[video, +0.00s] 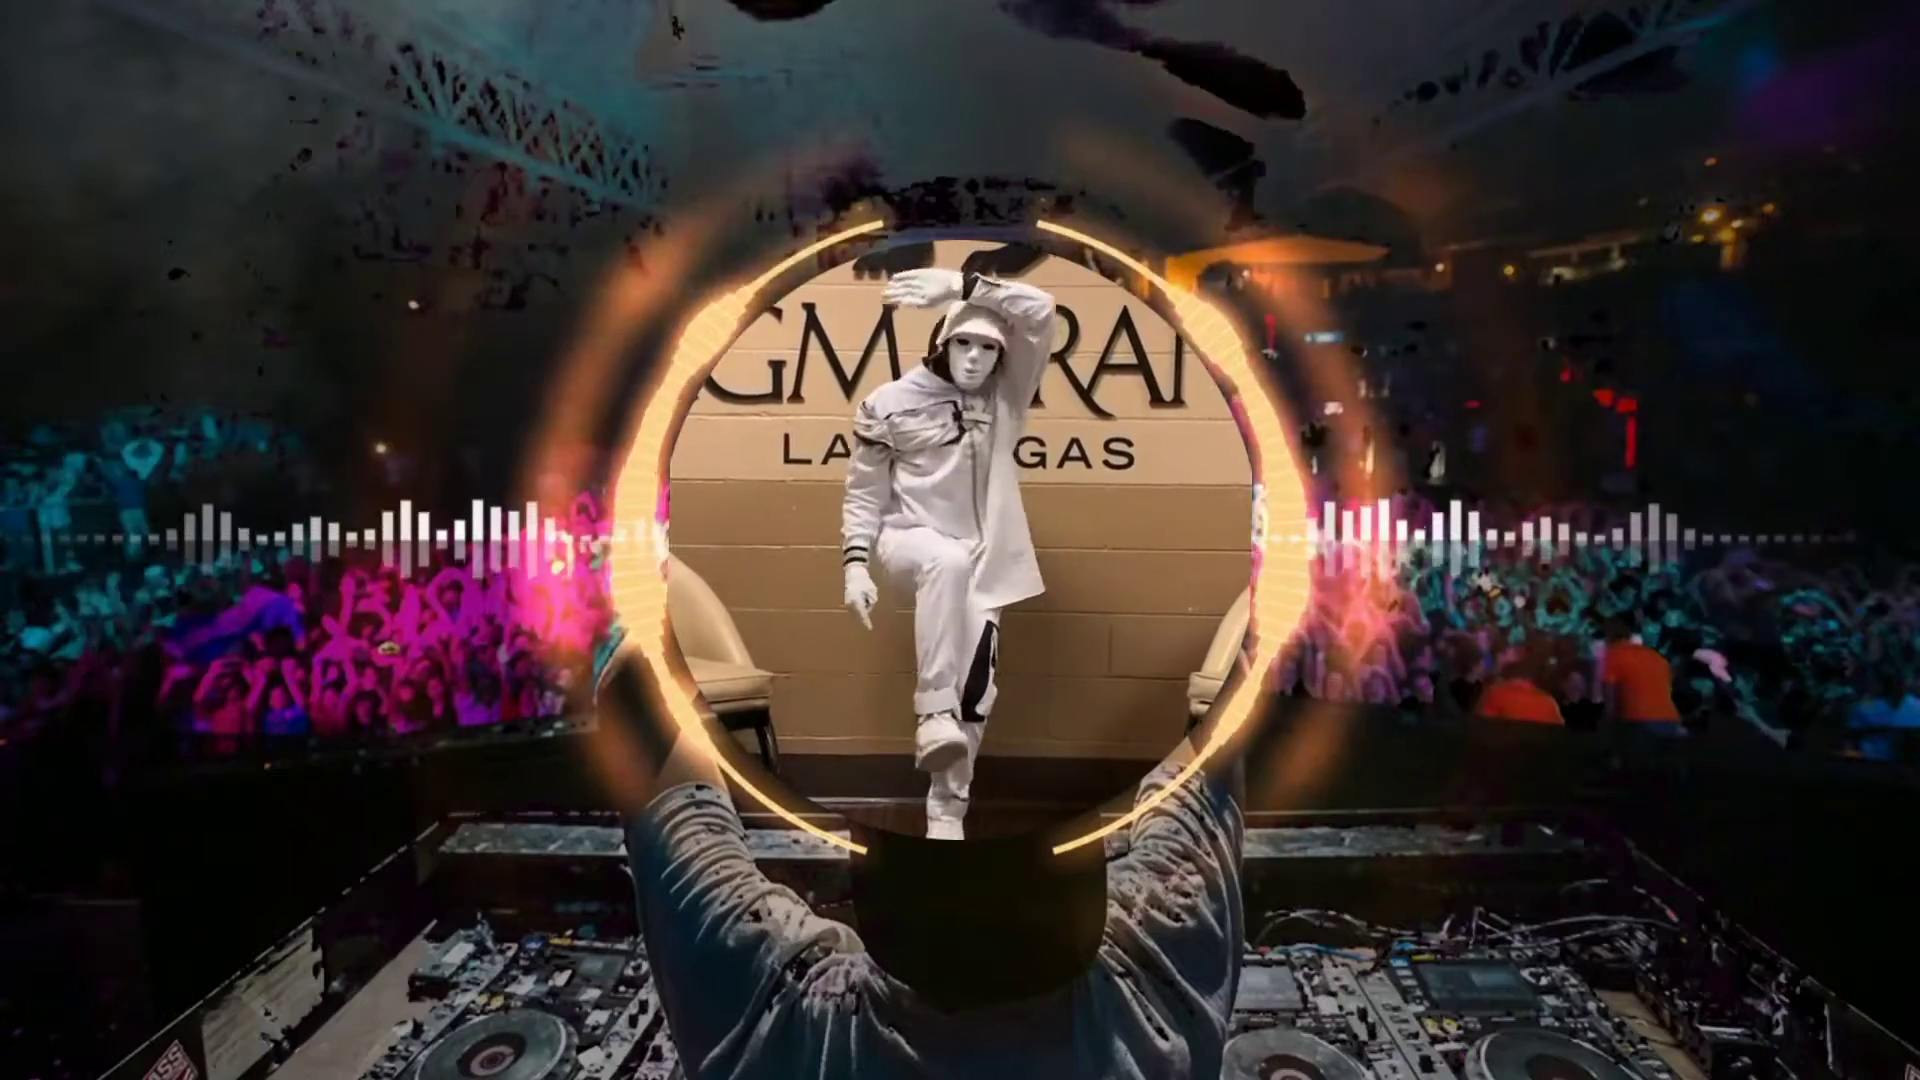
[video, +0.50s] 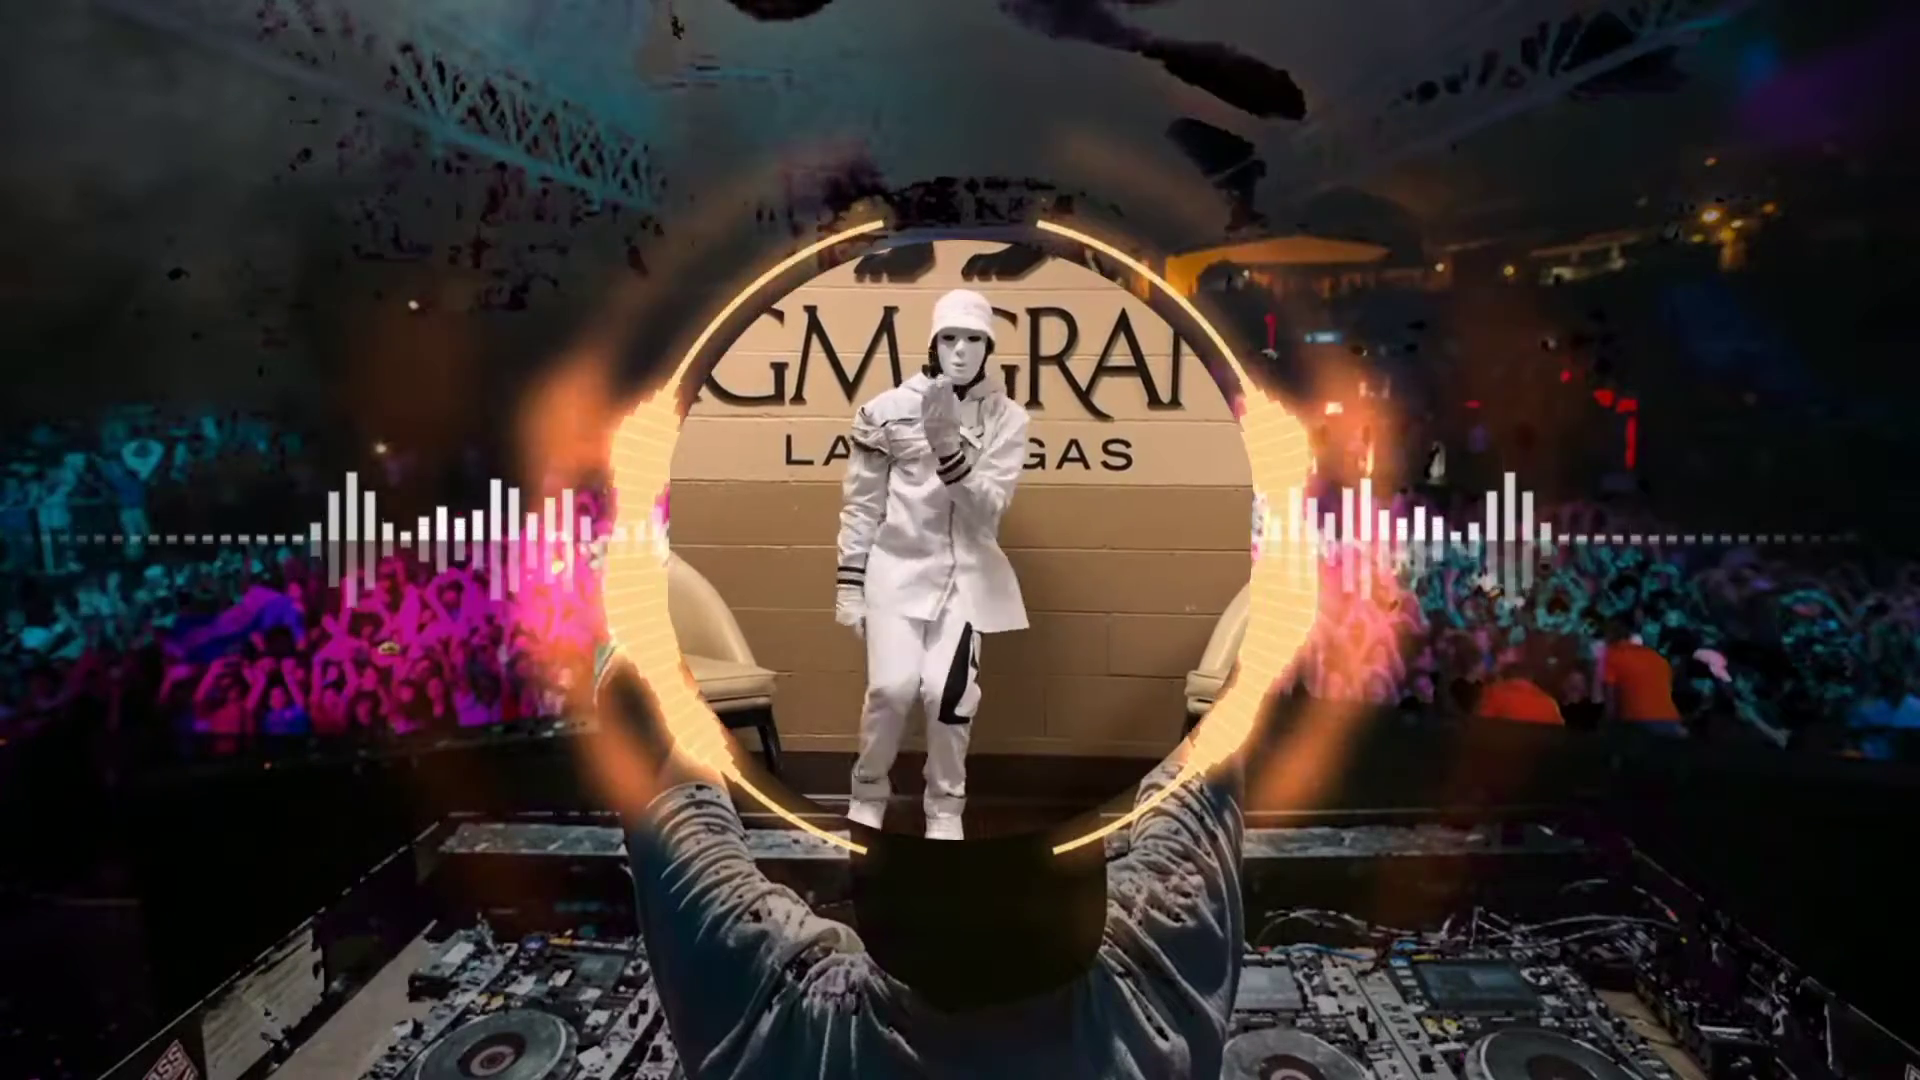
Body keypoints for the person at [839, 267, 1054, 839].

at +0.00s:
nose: (974, 357)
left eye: (986, 348)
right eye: (964, 344)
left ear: (999, 356)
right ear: (944, 346)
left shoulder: (1005, 399)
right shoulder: (892, 404)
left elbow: (1041, 315)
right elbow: (865, 493)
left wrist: (960, 283)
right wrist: (856, 561)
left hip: (983, 558)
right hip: (906, 543)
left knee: (971, 701)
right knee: (950, 557)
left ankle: (947, 820)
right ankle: (937, 711)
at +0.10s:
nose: (968, 353)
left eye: (979, 343)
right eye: (957, 341)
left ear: (994, 350)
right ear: (936, 344)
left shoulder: (1002, 405)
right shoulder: (886, 414)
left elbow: (1041, 367)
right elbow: (866, 502)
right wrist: (863, 572)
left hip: (980, 564)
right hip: (907, 544)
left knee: (966, 705)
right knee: (945, 567)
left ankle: (946, 816)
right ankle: (936, 718)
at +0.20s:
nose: (960, 349)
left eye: (972, 338)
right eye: (950, 337)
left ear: (988, 346)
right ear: (933, 342)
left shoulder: (1003, 395)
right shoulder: (886, 413)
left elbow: (1037, 430)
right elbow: (865, 506)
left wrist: (972, 449)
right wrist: (863, 581)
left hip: (983, 561)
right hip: (907, 546)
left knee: (963, 694)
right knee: (942, 567)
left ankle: (945, 814)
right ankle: (933, 716)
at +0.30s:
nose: (959, 350)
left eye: (971, 339)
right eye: (949, 338)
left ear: (986, 347)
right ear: (932, 343)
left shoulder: (1005, 402)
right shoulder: (886, 414)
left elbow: (1034, 457)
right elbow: (863, 503)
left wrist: (969, 480)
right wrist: (868, 580)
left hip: (984, 557)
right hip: (907, 543)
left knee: (961, 690)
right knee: (938, 567)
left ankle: (944, 814)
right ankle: (929, 714)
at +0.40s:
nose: (957, 350)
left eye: (969, 339)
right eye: (947, 337)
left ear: (984, 346)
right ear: (930, 342)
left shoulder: (1006, 411)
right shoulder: (887, 412)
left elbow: (1009, 499)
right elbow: (864, 504)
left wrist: (961, 482)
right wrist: (867, 580)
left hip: (978, 551)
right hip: (909, 543)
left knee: (963, 679)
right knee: (926, 597)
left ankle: (945, 809)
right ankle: (918, 744)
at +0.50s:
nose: (960, 350)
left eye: (972, 340)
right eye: (951, 338)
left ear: (987, 349)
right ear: (934, 345)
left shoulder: (1006, 419)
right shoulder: (887, 412)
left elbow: (992, 508)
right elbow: (862, 505)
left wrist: (949, 444)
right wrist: (850, 583)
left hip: (965, 580)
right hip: (895, 577)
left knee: (951, 697)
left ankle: (945, 815)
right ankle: (867, 802)